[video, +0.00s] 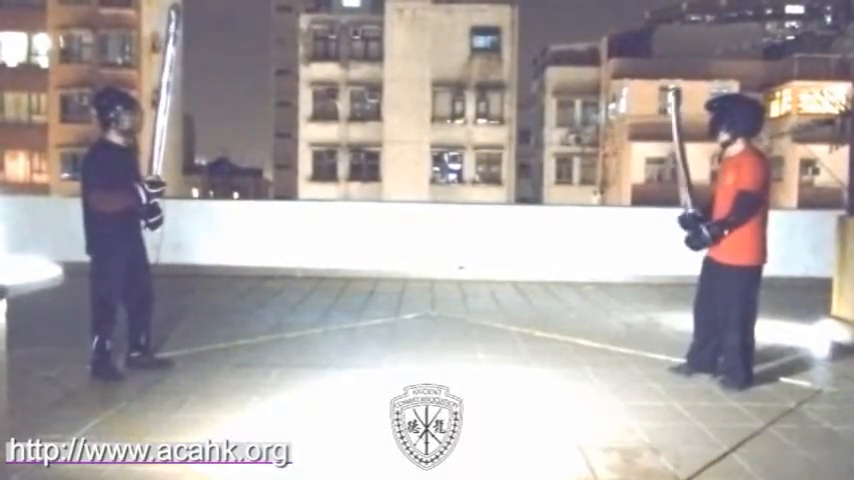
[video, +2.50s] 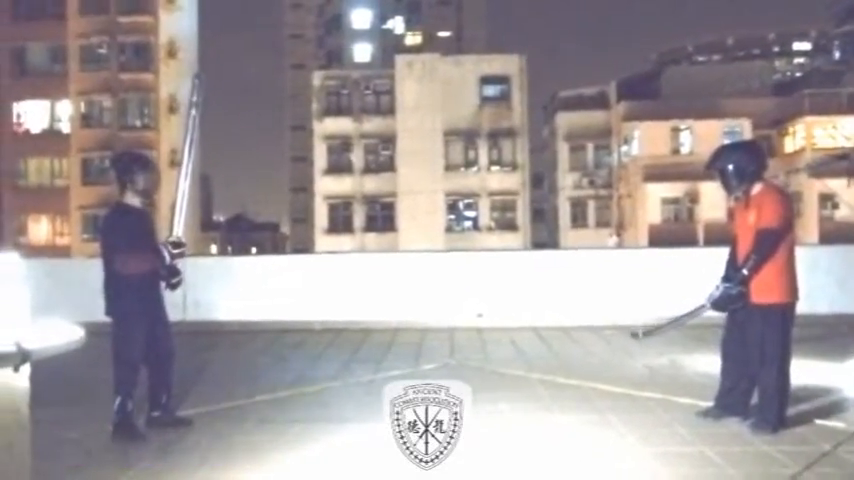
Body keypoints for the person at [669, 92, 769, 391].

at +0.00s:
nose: (714, 127)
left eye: (719, 121)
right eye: (715, 121)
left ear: (733, 126)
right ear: (731, 126)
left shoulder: (752, 162)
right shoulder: (723, 160)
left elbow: (746, 206)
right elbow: (719, 201)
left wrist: (714, 230)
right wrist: (701, 216)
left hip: (743, 254)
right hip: (719, 250)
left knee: (736, 315)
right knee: (707, 308)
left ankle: (736, 371)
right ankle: (701, 359)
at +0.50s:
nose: (717, 129)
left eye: (722, 123)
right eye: (718, 123)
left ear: (738, 127)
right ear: (730, 127)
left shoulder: (755, 163)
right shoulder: (725, 163)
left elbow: (751, 206)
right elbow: (722, 207)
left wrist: (720, 235)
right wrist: (702, 223)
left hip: (747, 256)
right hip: (723, 253)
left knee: (741, 317)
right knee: (712, 310)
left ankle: (741, 374)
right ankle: (706, 362)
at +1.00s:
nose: (709, 184)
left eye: (713, 176)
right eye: (707, 177)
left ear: (729, 176)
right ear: (715, 178)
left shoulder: (756, 209)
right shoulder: (719, 215)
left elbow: (749, 252)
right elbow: (717, 258)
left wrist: (721, 286)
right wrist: (709, 293)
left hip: (755, 303)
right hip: (728, 301)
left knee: (752, 364)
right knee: (717, 357)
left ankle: (748, 420)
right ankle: (709, 409)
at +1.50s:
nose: (702, 197)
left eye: (703, 190)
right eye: (699, 192)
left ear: (717, 185)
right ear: (718, 186)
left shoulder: (749, 208)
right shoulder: (722, 214)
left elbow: (744, 251)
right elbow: (717, 259)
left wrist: (718, 287)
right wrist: (706, 290)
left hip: (751, 303)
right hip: (726, 301)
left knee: (747, 365)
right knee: (715, 358)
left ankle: (745, 421)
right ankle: (707, 410)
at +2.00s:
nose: (704, 192)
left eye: (706, 184)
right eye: (702, 185)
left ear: (722, 180)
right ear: (716, 182)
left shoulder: (752, 208)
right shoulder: (721, 213)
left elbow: (748, 250)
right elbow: (719, 257)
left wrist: (722, 288)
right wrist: (708, 290)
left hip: (753, 303)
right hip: (727, 301)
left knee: (750, 364)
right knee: (716, 357)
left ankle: (746, 422)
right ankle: (708, 410)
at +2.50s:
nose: (724, 182)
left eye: (727, 174)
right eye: (722, 175)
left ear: (743, 170)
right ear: (736, 172)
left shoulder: (772, 198)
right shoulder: (741, 204)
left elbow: (767, 243)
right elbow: (738, 248)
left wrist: (740, 280)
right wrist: (727, 280)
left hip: (773, 295)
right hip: (747, 293)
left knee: (771, 357)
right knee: (736, 350)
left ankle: (769, 414)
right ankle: (731, 403)